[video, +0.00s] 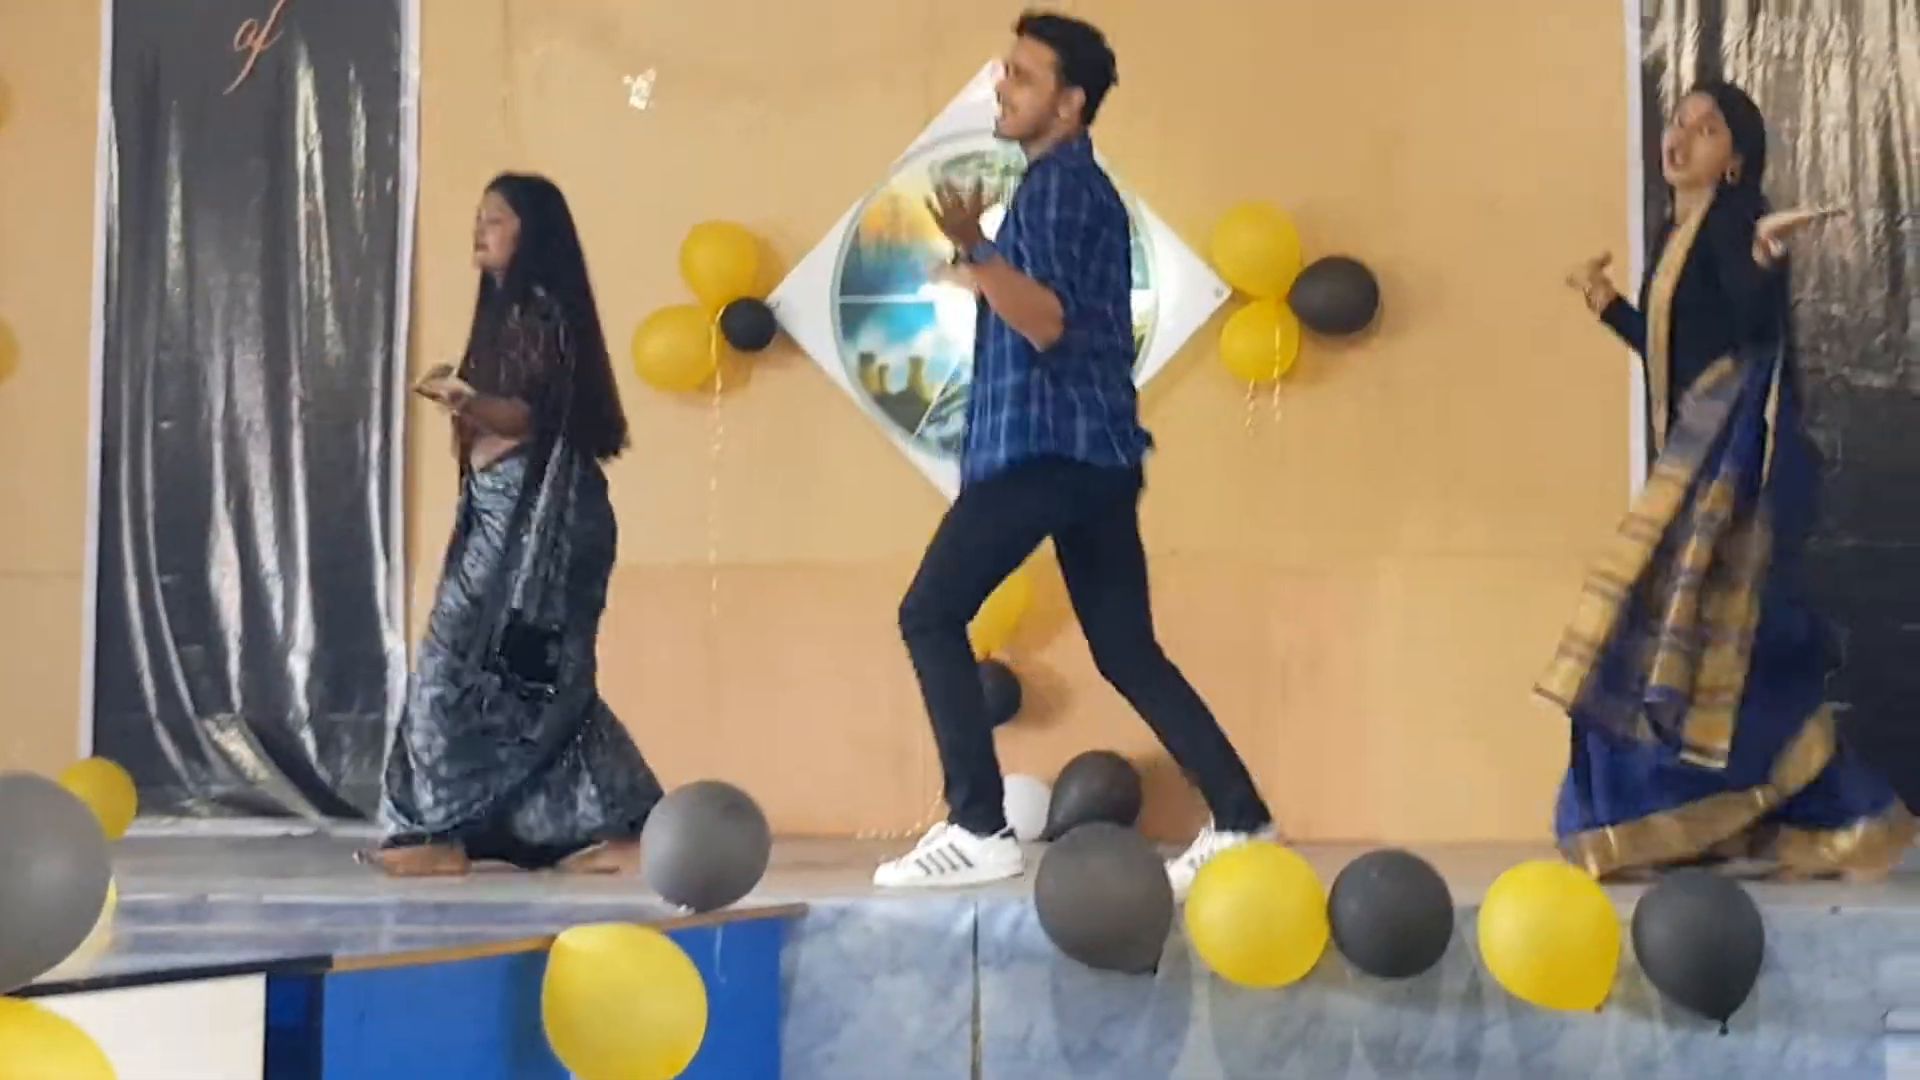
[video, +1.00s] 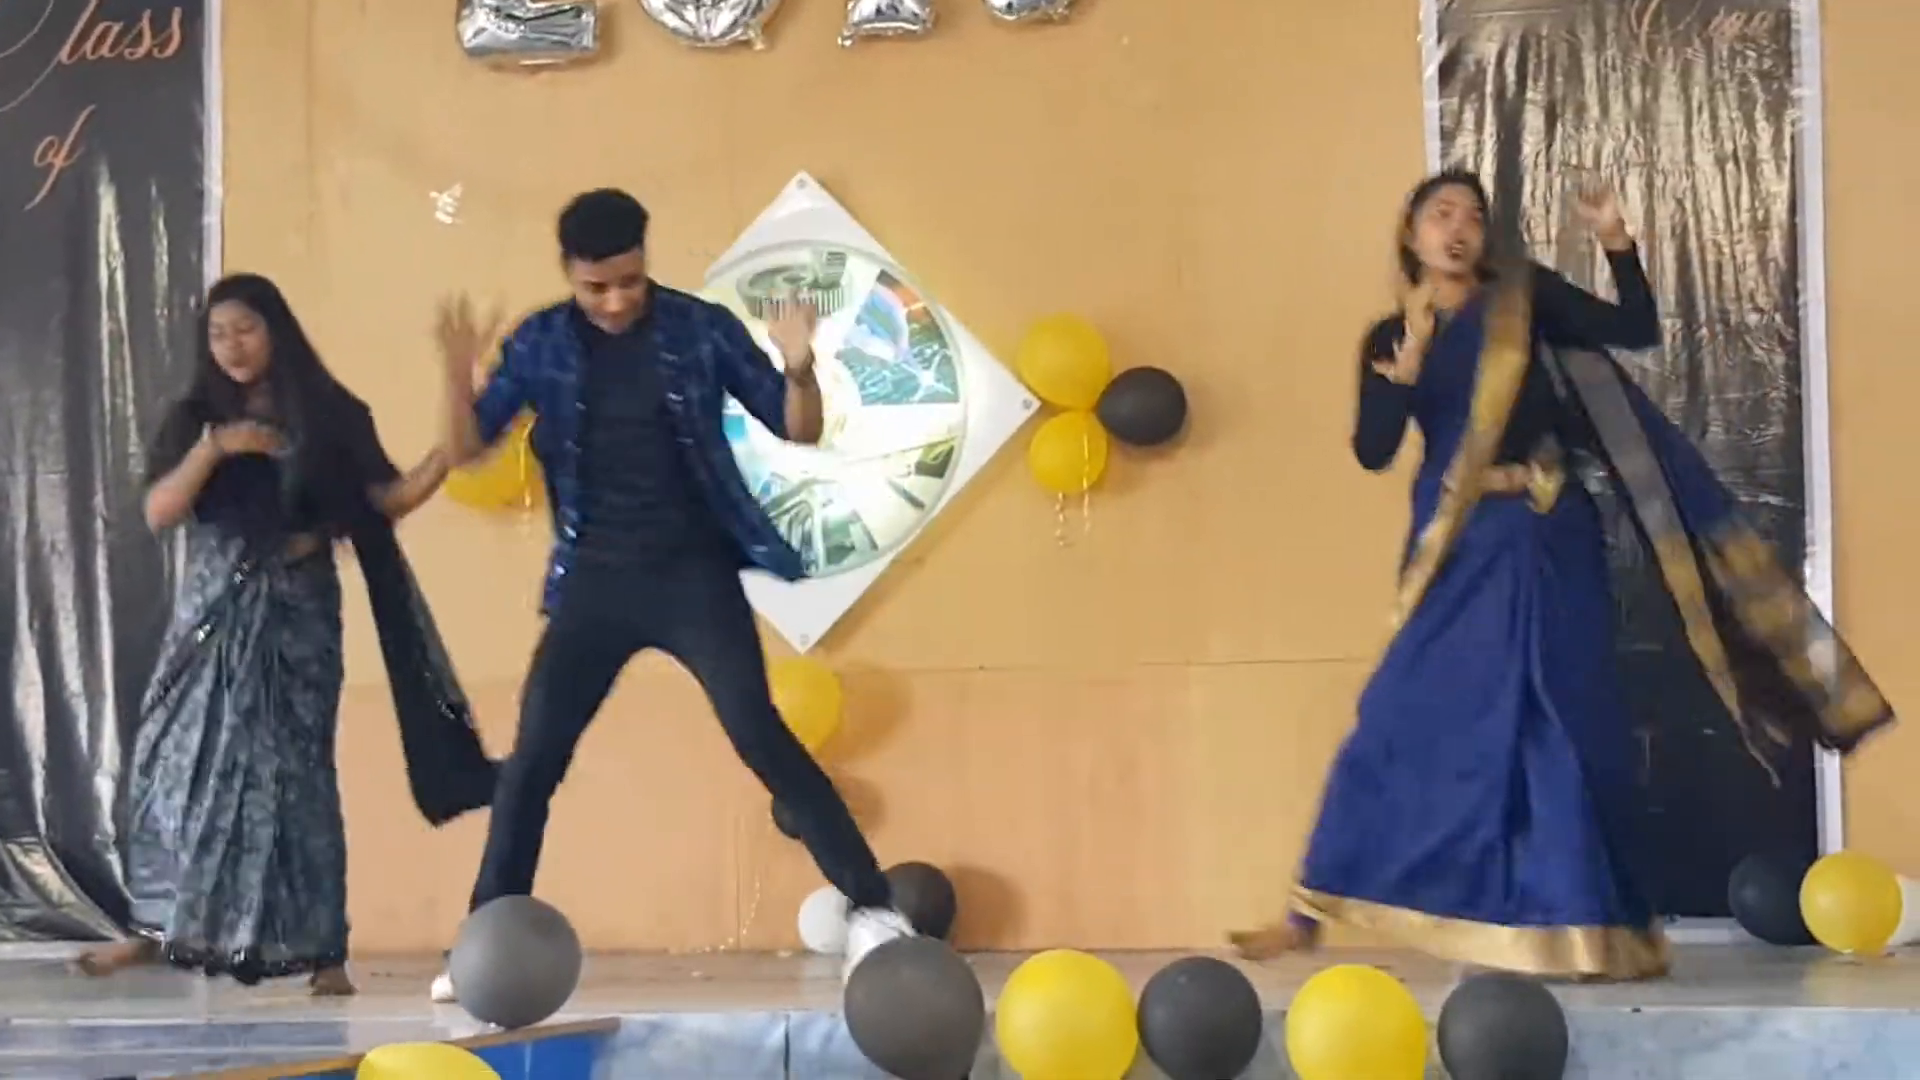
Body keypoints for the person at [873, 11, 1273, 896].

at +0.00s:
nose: (1000, 88)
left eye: (1022, 77)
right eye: (1005, 72)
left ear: (1073, 101)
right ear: (1060, 98)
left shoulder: (1056, 184)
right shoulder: (1087, 189)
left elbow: (1044, 321)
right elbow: (1068, 326)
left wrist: (971, 249)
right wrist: (983, 262)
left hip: (1043, 453)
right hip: (1100, 457)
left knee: (928, 615)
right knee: (1128, 654)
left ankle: (978, 829)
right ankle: (1246, 824)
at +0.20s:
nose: (1010, 116)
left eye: (1030, 100)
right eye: (1008, 99)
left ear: (1081, 117)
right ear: (1012, 114)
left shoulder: (1078, 192)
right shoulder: (1051, 207)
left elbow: (1072, 309)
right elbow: (1018, 344)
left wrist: (1007, 221)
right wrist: (956, 270)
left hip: (1067, 459)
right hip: (1104, 468)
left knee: (945, 623)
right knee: (1129, 680)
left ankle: (1055, 814)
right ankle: (1222, 861)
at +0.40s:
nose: (945, 180)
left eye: (963, 163)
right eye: (935, 165)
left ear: (1007, 171)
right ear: (928, 173)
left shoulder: (1041, 264)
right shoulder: (931, 269)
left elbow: (1062, 398)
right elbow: (935, 402)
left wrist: (967, 332)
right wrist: (862, 382)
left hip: (1021, 517)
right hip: (973, 524)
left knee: (957, 709)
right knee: (1062, 732)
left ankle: (1014, 893)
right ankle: (1161, 904)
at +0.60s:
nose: (844, 276)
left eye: (859, 254)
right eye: (828, 258)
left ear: (894, 238)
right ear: (814, 253)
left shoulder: (959, 323)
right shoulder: (802, 334)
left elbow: (993, 456)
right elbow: (785, 454)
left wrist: (926, 372)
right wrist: (739, 485)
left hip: (933, 569)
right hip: (848, 580)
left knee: (930, 756)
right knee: (824, 778)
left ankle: (976, 937)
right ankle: (986, 871)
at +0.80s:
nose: (719, 292)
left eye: (732, 272)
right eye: (699, 279)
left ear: (755, 247)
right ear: (676, 269)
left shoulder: (820, 313)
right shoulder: (667, 348)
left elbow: (899, 434)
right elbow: (669, 465)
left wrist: (862, 448)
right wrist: (617, 493)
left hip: (816, 575)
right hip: (721, 577)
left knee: (849, 763)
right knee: (628, 751)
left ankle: (922, 936)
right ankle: (568, 934)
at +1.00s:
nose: (614, 301)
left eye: (627, 282)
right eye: (596, 286)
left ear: (648, 264)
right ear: (569, 275)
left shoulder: (700, 328)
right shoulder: (542, 342)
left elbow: (798, 430)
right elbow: (466, 450)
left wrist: (800, 368)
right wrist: (460, 376)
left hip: (696, 579)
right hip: (592, 584)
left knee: (756, 734)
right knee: (535, 755)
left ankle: (874, 909)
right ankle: (486, 949)